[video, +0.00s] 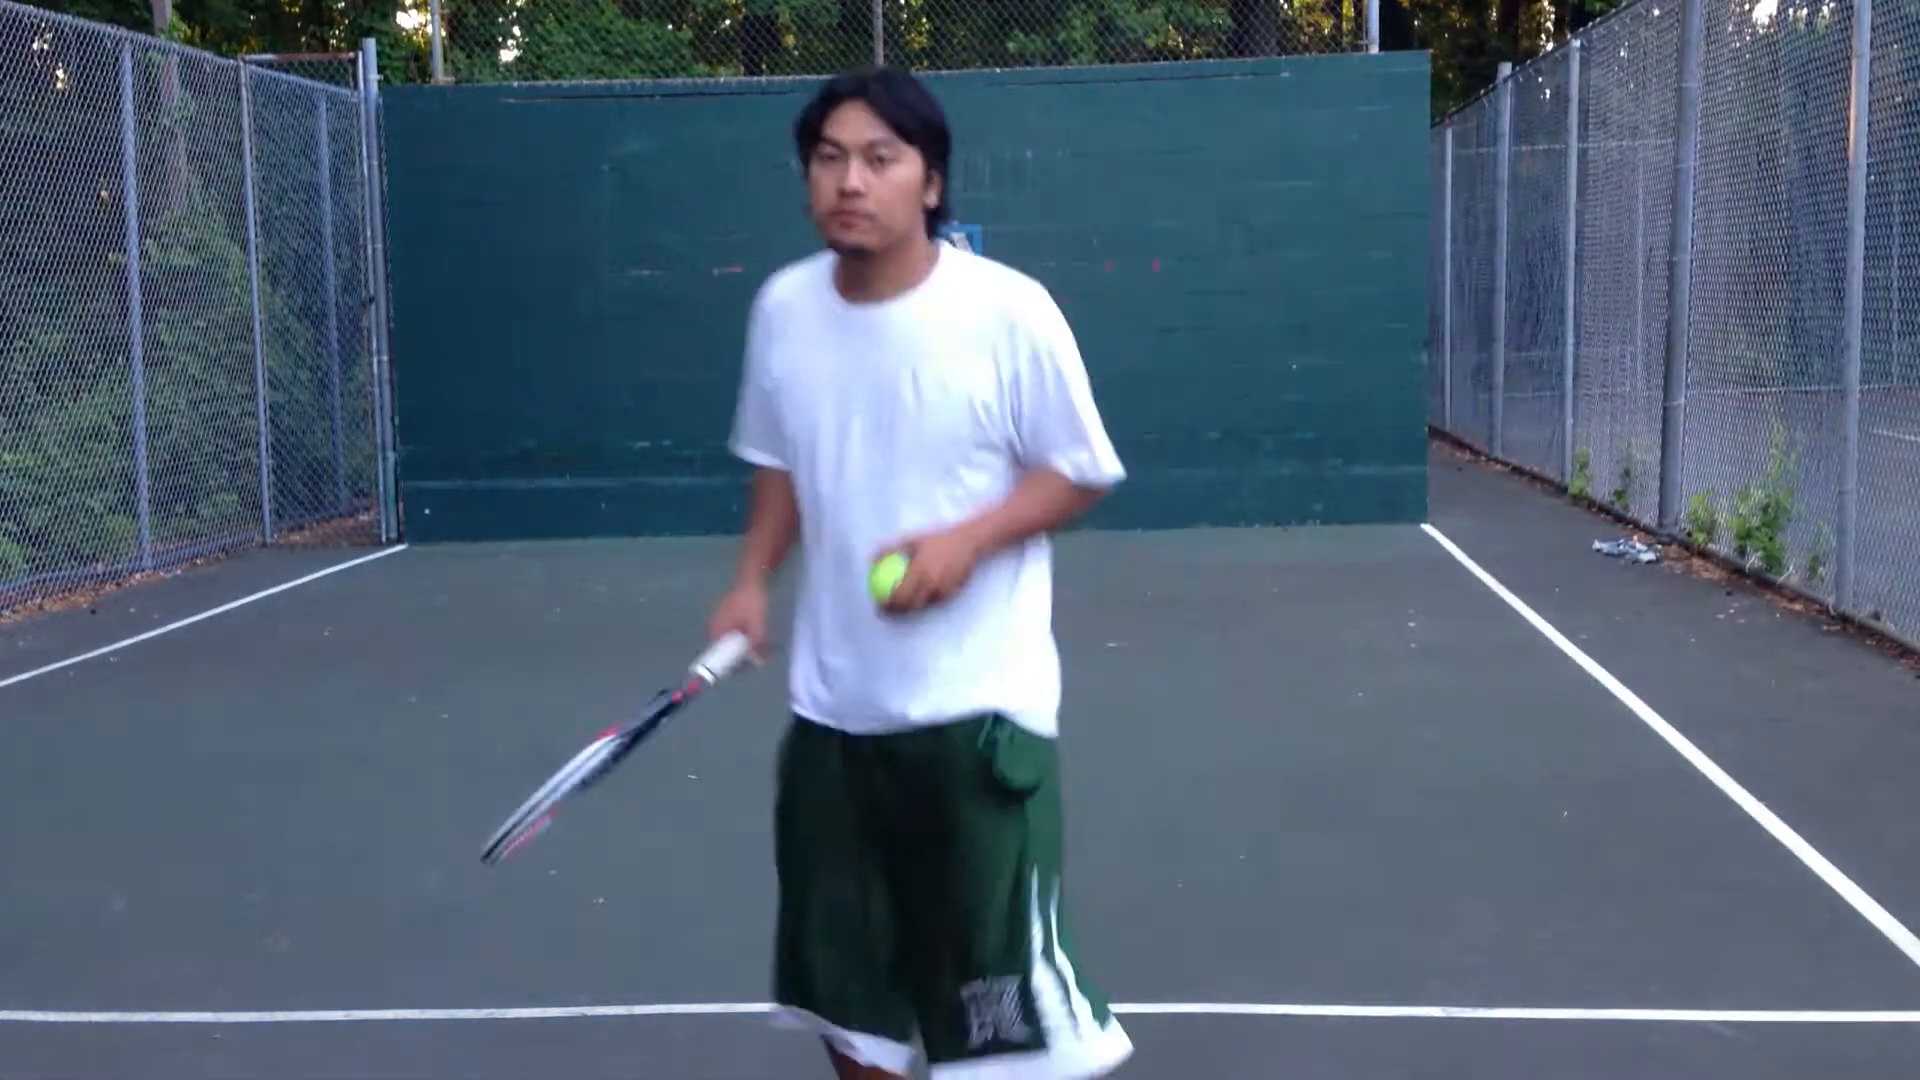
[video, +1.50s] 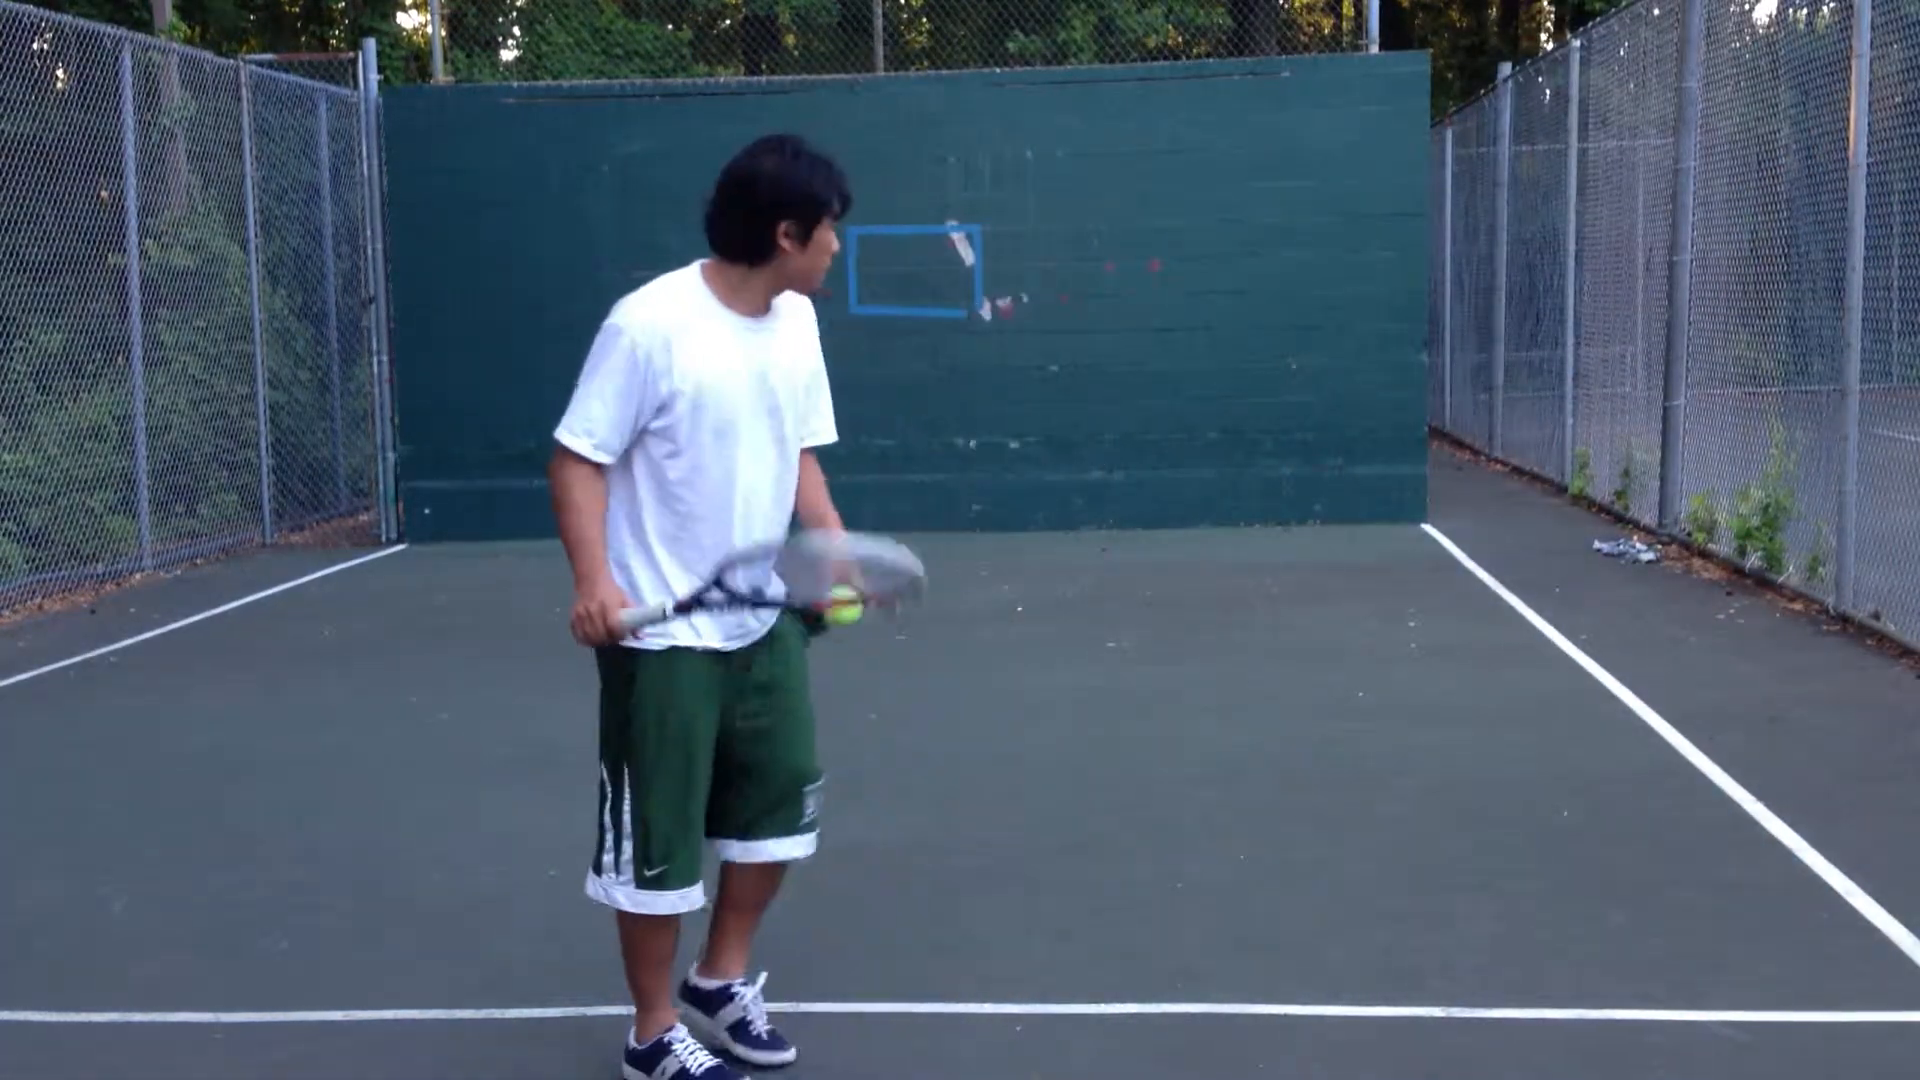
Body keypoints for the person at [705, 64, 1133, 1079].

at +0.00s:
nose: (849, 180)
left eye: (879, 159)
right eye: (829, 159)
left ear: (931, 183)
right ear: (807, 183)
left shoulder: (1010, 310)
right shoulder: (786, 306)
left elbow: (1081, 470)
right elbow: (778, 464)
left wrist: (969, 540)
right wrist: (750, 582)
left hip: (973, 704)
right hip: (834, 702)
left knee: (998, 1004)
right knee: (853, 1001)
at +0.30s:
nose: (820, 181)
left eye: (843, 160)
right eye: (796, 161)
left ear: (877, 179)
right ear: (764, 181)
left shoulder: (940, 291)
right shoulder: (711, 309)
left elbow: (993, 435)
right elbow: (676, 464)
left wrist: (980, 470)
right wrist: (671, 584)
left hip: (917, 662)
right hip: (768, 672)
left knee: (949, 916)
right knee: (788, 944)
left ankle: (939, 1067)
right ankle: (799, 1075)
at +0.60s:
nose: (861, 229)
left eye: (878, 207)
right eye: (838, 206)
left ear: (895, 209)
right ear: (787, 202)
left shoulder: (920, 311)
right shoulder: (713, 314)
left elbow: (943, 451)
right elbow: (656, 452)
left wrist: (932, 536)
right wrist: (673, 546)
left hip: (883, 649)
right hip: (754, 657)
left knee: (859, 885)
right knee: (776, 909)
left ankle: (816, 1030)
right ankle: (793, 1075)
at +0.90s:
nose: (871, 239)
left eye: (887, 220)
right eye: (855, 215)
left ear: (897, 216)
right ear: (798, 199)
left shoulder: (882, 304)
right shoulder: (710, 288)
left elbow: (873, 435)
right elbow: (646, 427)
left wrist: (889, 506)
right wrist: (685, 533)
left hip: (842, 622)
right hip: (734, 624)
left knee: (833, 844)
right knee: (751, 850)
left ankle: (795, 1040)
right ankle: (734, 1054)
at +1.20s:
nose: (830, 257)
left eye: (838, 237)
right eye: (817, 234)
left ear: (827, 232)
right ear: (753, 217)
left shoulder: (811, 311)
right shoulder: (657, 323)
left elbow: (814, 439)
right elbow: (601, 469)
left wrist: (863, 490)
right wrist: (624, 603)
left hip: (796, 628)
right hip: (685, 641)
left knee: (817, 839)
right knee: (668, 853)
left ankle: (802, 1021)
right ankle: (655, 1033)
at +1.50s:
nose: (837, 249)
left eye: (836, 233)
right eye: (829, 234)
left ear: (772, 235)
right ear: (781, 237)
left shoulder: (794, 317)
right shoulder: (648, 324)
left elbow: (798, 455)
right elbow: (576, 457)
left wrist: (833, 556)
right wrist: (592, 580)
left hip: (766, 620)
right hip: (661, 630)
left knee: (774, 807)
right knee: (657, 841)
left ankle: (720, 984)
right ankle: (652, 1033)